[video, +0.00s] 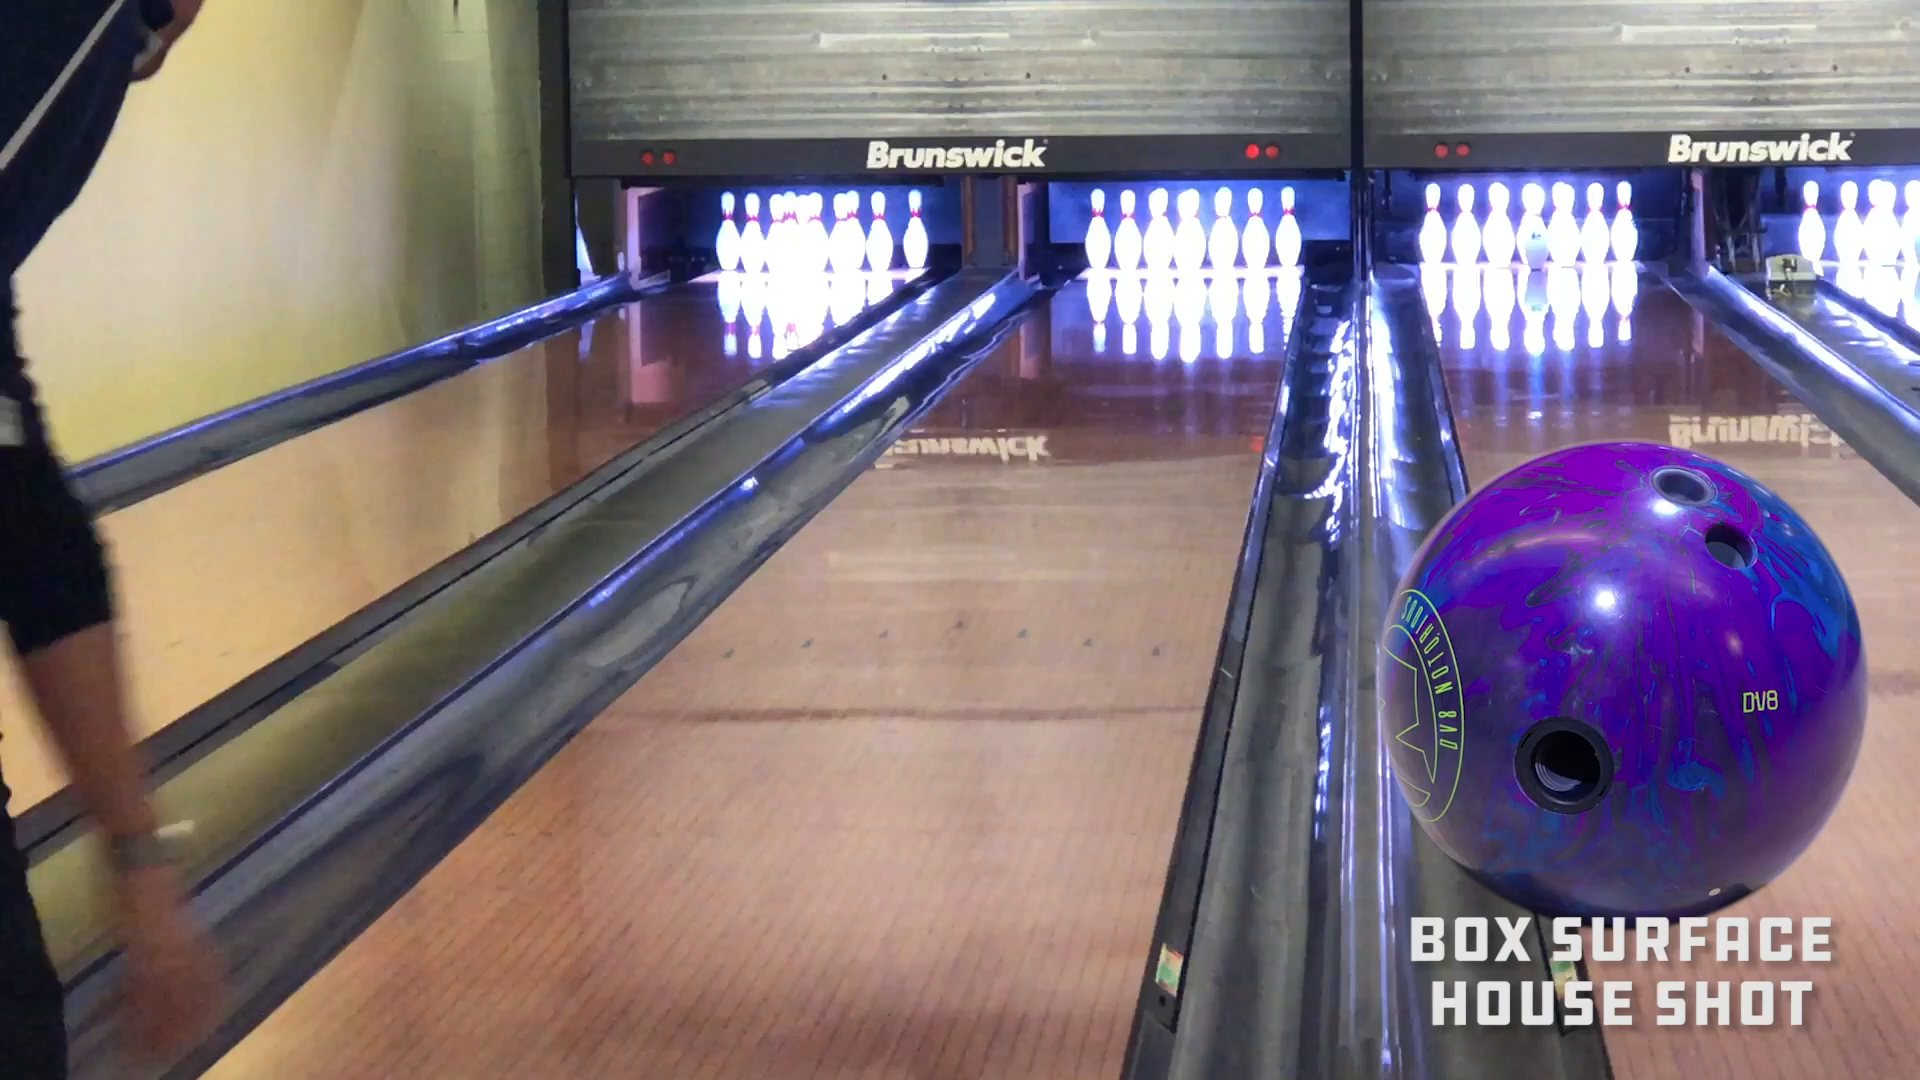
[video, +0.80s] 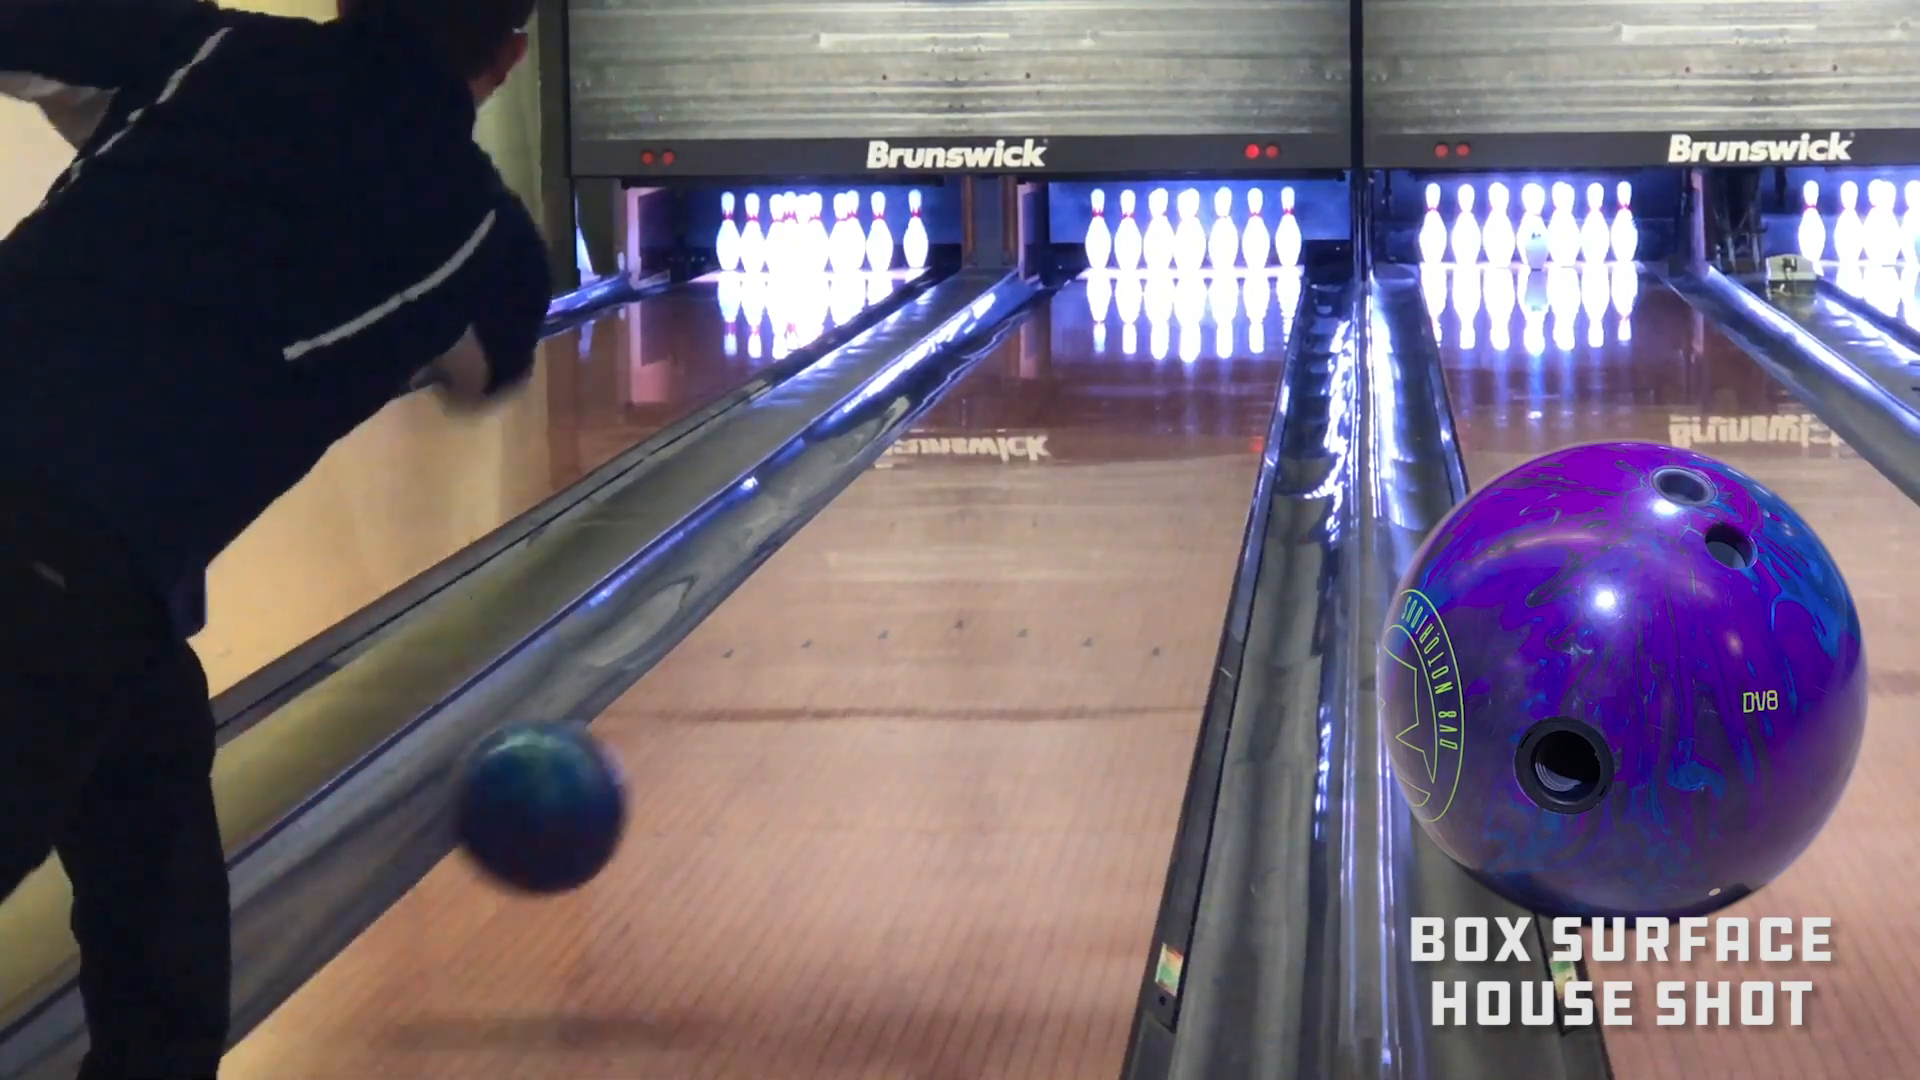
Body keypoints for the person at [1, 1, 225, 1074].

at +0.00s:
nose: (169, 39)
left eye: (167, 38)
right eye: (168, 30)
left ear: (151, 12)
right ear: (163, 7)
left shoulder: (91, 27)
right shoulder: (78, 21)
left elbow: (35, 527)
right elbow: (36, 528)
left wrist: (136, 855)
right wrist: (136, 854)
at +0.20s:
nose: (264, 81)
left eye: (276, 51)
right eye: (272, 42)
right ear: (238, 23)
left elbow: (209, 487)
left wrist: (397, 750)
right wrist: (398, 751)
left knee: (21, 903)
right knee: (19, 901)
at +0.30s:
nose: (325, 125)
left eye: (329, 99)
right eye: (325, 96)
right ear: (290, 88)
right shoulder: (184, 97)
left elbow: (151, 501)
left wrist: (225, 731)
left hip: (17, 574)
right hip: (10, 579)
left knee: (51, 952)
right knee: (55, 965)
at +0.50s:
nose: (458, 125)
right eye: (461, 105)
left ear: (286, 71)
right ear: (446, 124)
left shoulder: (147, 163)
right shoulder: (379, 210)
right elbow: (274, 346)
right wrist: (188, 496)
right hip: (43, 565)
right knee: (86, 977)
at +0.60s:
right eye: (458, 68)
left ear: (279, 33)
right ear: (447, 84)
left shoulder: (140, 105)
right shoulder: (440, 266)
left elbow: (4, 135)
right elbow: (350, 531)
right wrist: (281, 782)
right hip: (106, 652)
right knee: (185, 998)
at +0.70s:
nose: (470, 52)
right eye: (470, 36)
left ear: (298, 10)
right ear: (459, 57)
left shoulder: (162, 57)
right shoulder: (454, 257)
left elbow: (7, 65)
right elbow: (424, 575)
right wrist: (416, 826)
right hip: (105, 587)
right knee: (169, 999)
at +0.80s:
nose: (513, 55)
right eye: (517, 38)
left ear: (356, 3)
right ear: (503, 53)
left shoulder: (210, 39)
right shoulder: (495, 238)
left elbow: (23, 39)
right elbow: (476, 379)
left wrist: (119, 144)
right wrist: (401, 325)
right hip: (90, 548)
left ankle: (153, 1052)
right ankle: (153, 1050)